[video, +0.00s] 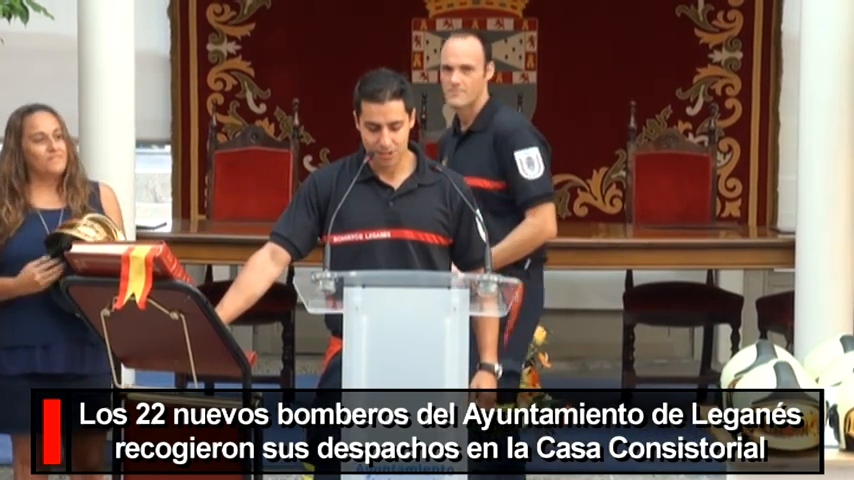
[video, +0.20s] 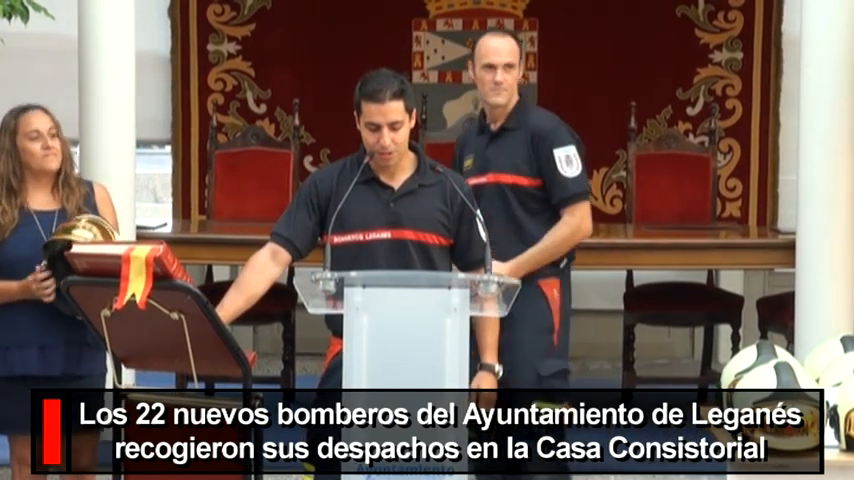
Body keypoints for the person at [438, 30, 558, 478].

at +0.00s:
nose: (453, 78)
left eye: (465, 69)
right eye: (446, 69)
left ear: (488, 74)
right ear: (439, 75)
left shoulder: (513, 132)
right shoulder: (449, 141)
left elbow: (543, 225)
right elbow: (446, 214)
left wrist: (477, 266)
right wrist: (443, 259)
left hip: (509, 296)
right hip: (464, 294)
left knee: (492, 410)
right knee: (457, 407)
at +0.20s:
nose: (498, 77)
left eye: (508, 68)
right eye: (488, 68)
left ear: (521, 72)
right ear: (472, 73)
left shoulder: (548, 131)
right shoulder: (467, 135)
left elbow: (580, 223)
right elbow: (458, 210)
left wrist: (514, 268)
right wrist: (465, 266)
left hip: (535, 293)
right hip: (478, 292)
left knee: (536, 412)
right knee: (482, 413)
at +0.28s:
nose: (512, 78)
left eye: (522, 68)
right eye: (503, 68)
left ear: (535, 73)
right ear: (487, 73)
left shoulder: (562, 134)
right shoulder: (477, 140)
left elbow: (594, 225)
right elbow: (465, 217)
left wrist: (526, 273)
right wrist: (469, 274)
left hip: (543, 304)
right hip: (488, 304)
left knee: (563, 436)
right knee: (494, 438)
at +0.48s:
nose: (548, 78)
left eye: (559, 69)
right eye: (540, 68)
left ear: (576, 75)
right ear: (527, 71)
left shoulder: (602, 137)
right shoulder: (512, 140)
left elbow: (632, 228)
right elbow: (493, 224)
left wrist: (566, 275)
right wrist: (498, 273)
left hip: (584, 316)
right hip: (520, 315)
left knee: (626, 442)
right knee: (513, 448)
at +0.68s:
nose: (582, 79)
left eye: (595, 71)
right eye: (578, 69)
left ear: (621, 79)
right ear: (570, 74)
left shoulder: (651, 143)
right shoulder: (554, 148)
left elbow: (681, 235)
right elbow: (541, 229)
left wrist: (614, 282)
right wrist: (542, 270)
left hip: (630, 326)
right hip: (561, 325)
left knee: (654, 456)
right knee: (540, 456)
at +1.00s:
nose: (624, 77)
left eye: (637, 70)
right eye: (626, 68)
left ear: (671, 78)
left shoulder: (709, 146)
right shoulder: (612, 142)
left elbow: (745, 238)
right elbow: (597, 217)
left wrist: (675, 286)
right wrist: (600, 262)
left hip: (680, 321)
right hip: (613, 317)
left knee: (688, 447)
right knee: (580, 445)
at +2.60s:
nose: (610, 74)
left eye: (622, 66)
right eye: (604, 64)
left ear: (645, 73)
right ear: (595, 69)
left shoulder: (679, 143)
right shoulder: (567, 143)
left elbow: (707, 229)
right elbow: (544, 222)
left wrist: (655, 276)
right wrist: (565, 265)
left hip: (655, 315)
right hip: (583, 314)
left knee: (670, 445)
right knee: (584, 446)